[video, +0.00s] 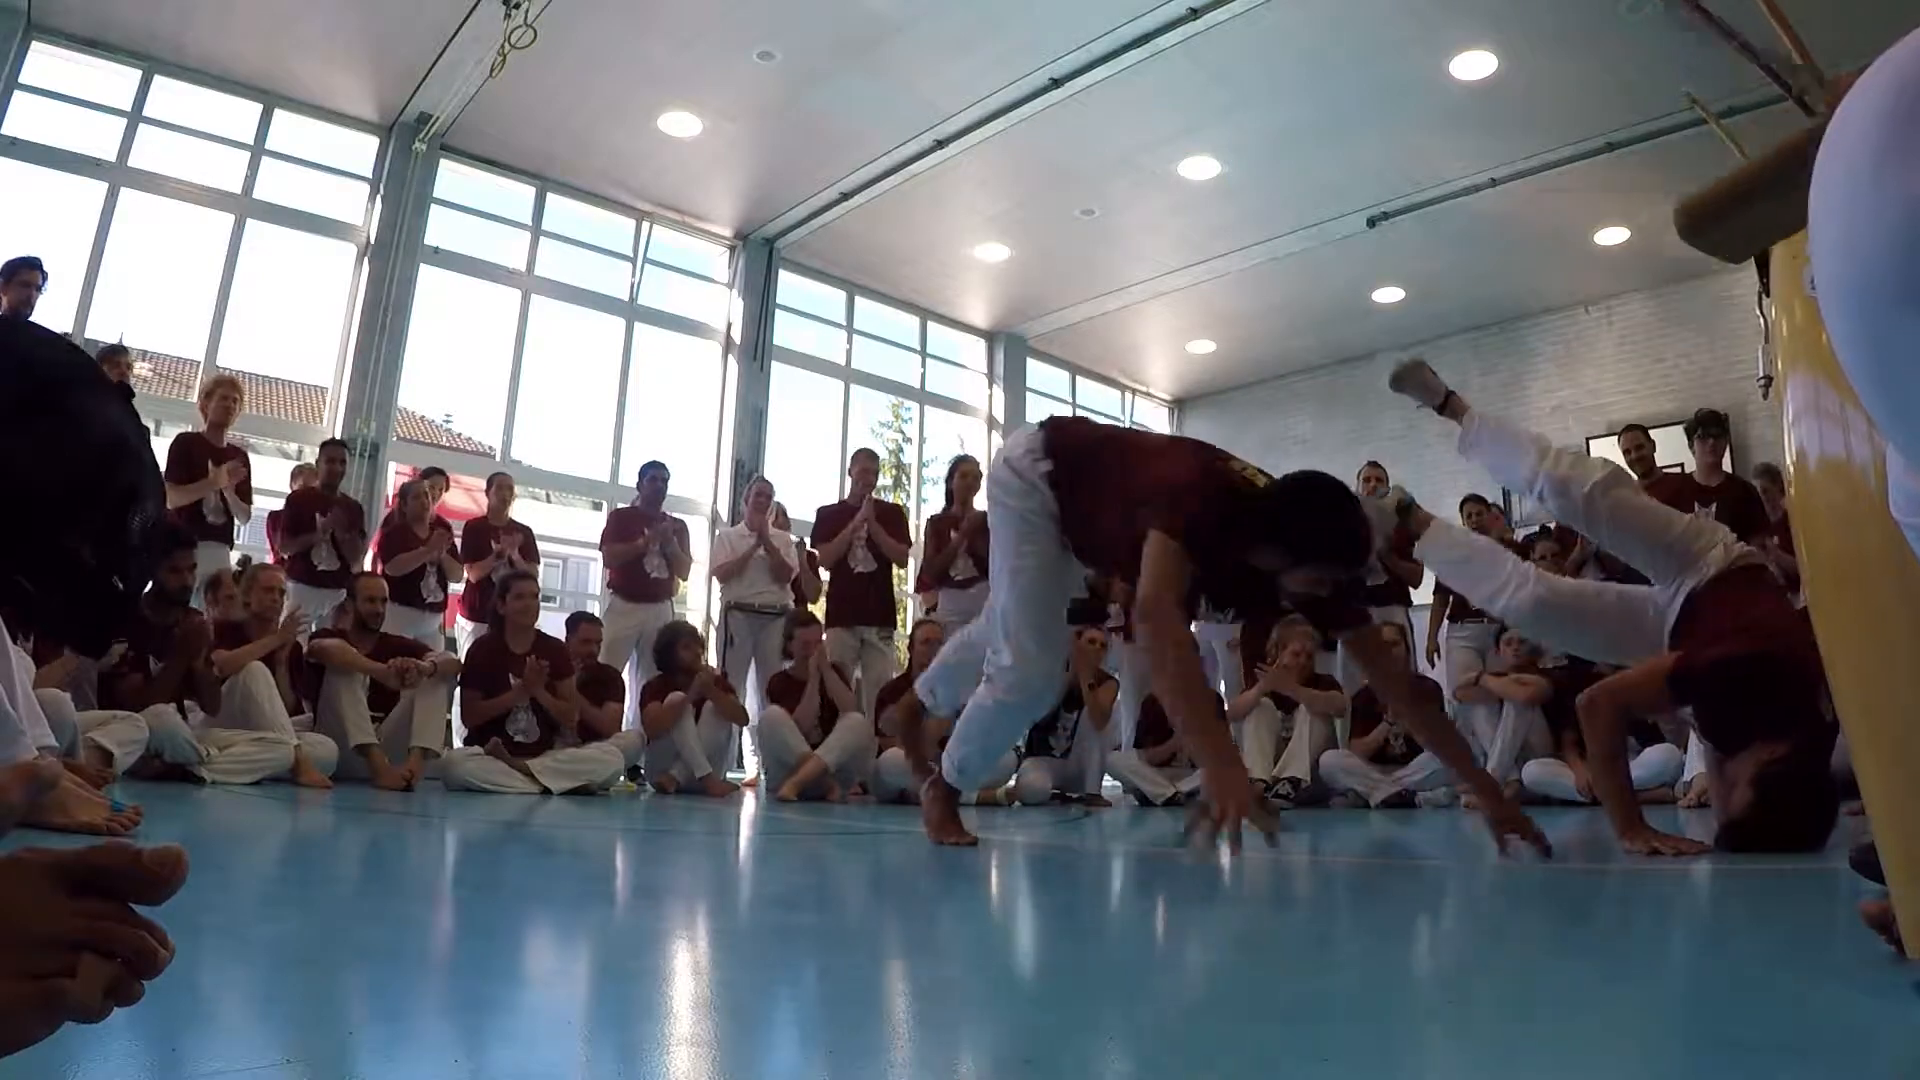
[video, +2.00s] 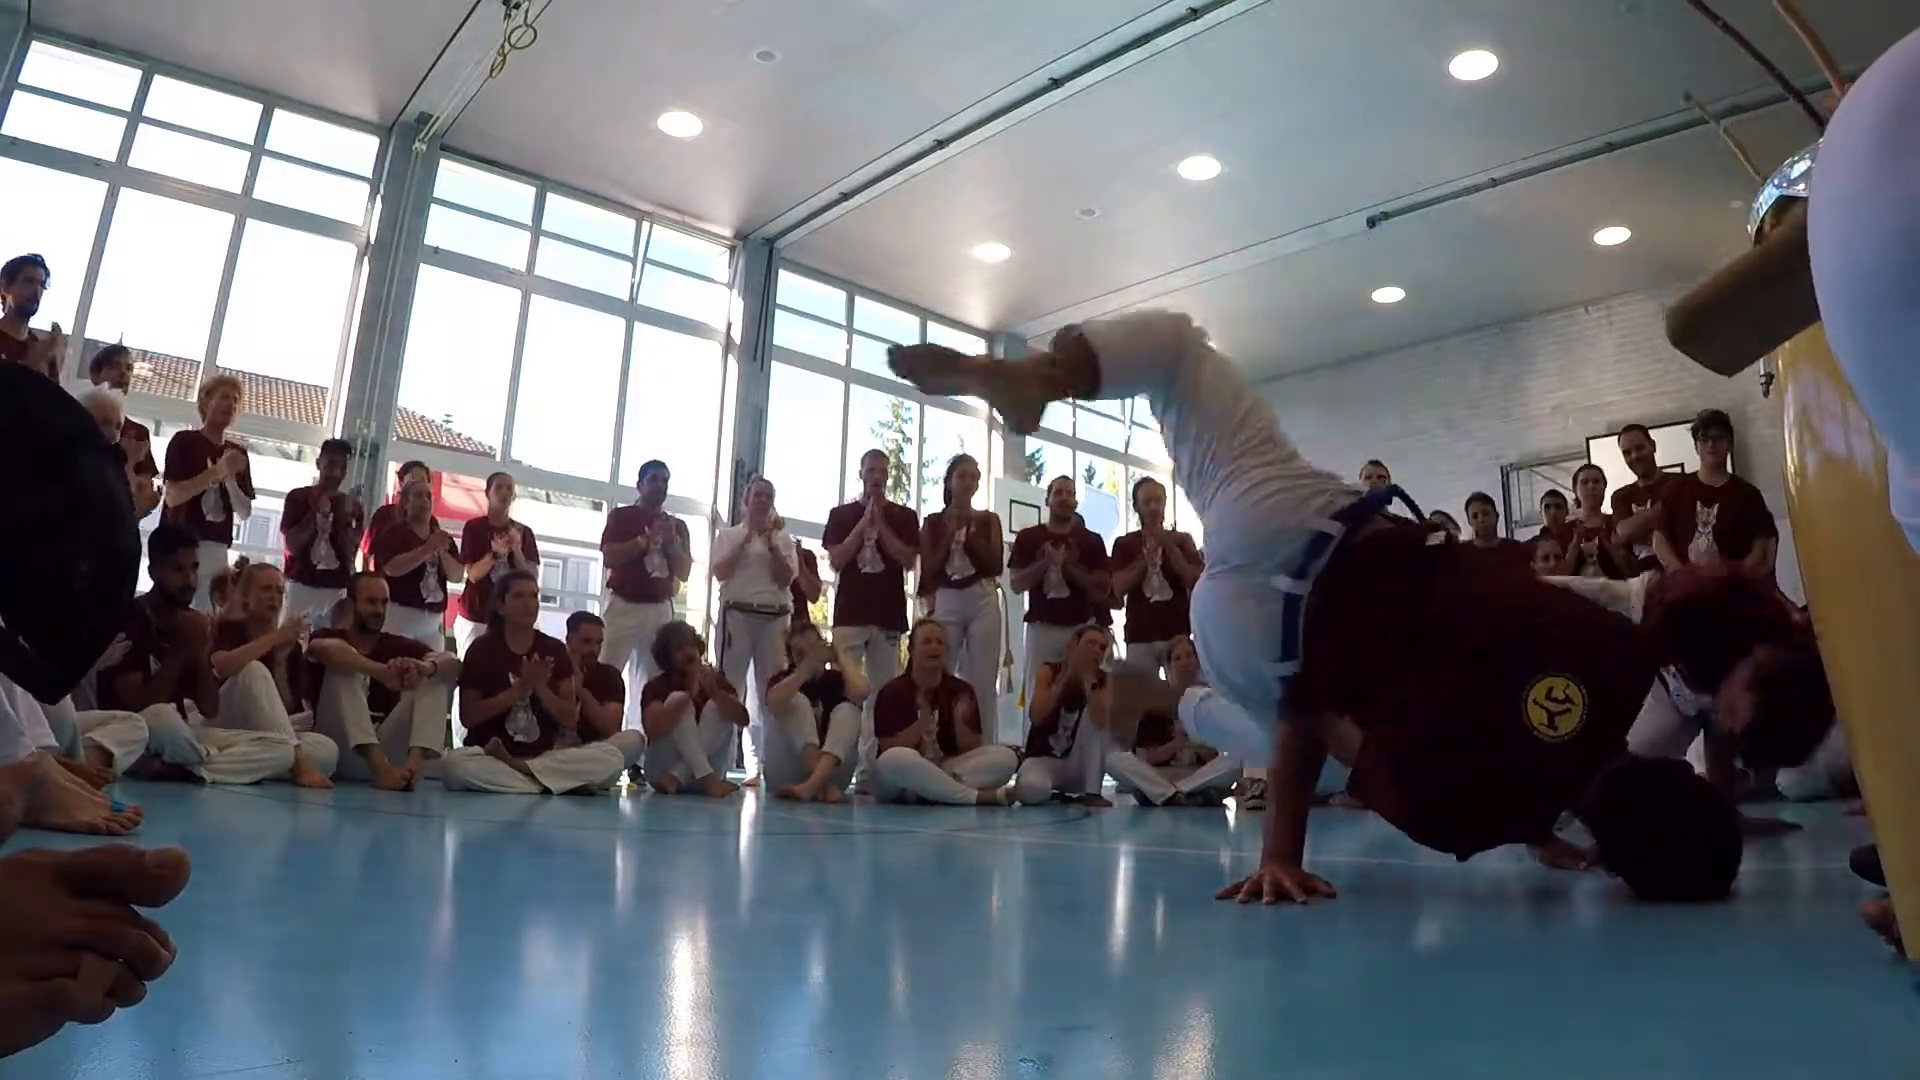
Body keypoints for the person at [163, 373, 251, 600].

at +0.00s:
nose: (229, 404)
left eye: (235, 401)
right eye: (223, 398)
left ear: (239, 410)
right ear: (204, 404)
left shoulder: (238, 456)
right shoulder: (184, 442)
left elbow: (244, 516)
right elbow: (171, 498)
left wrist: (229, 492)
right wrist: (213, 482)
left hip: (218, 548)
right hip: (181, 545)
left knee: (214, 621)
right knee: (173, 619)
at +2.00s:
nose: (229, 404)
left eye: (234, 400)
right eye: (223, 397)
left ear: (237, 408)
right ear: (205, 403)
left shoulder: (237, 453)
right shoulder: (183, 440)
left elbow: (245, 512)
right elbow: (172, 497)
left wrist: (230, 478)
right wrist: (218, 472)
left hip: (216, 546)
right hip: (179, 542)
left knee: (208, 618)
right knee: (171, 612)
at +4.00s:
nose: (239, 408)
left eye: (243, 403)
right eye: (232, 400)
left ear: (246, 410)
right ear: (211, 406)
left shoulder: (243, 458)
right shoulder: (189, 442)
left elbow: (245, 519)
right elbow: (176, 500)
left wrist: (236, 491)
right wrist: (217, 483)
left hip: (218, 550)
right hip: (180, 545)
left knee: (208, 621)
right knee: (171, 615)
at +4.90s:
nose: (238, 405)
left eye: (242, 400)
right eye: (232, 397)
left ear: (244, 407)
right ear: (212, 401)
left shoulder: (242, 456)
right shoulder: (188, 441)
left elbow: (246, 517)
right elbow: (172, 498)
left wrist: (244, 480)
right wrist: (210, 474)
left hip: (219, 548)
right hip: (181, 544)